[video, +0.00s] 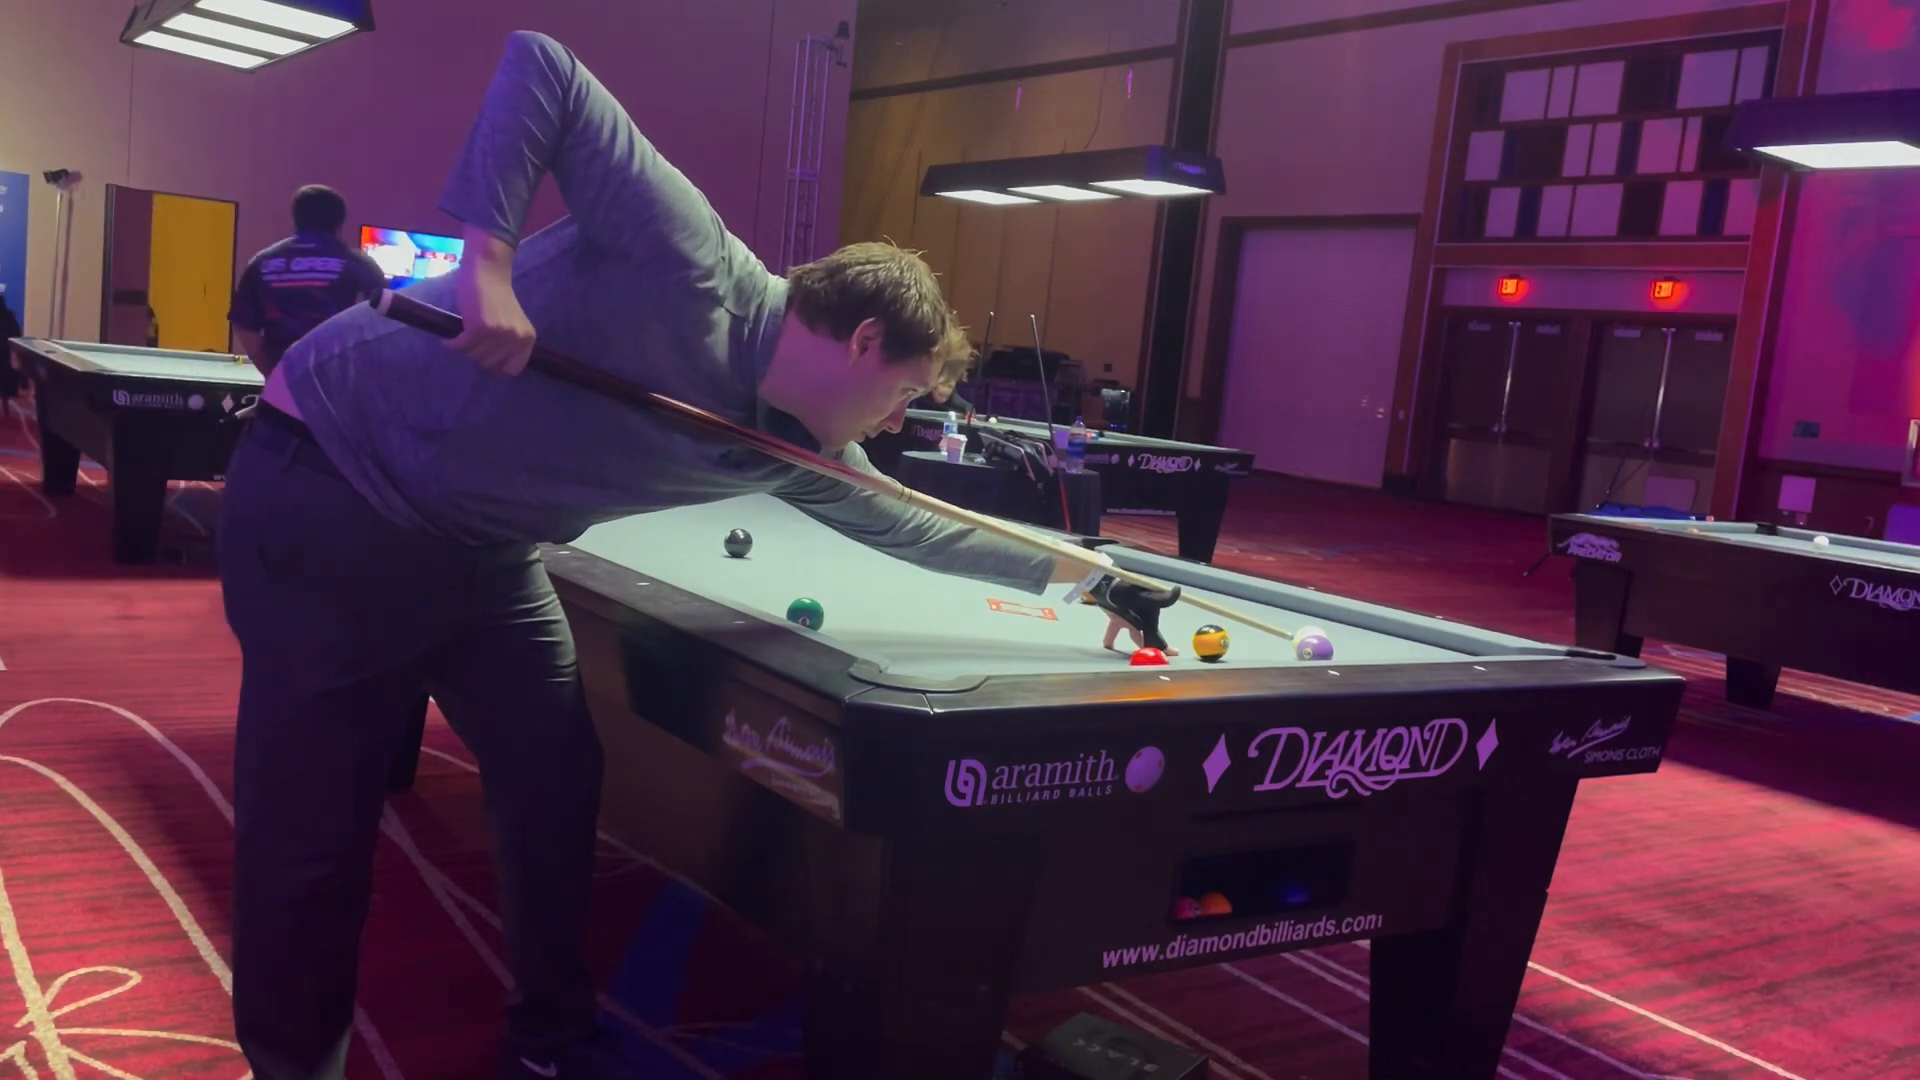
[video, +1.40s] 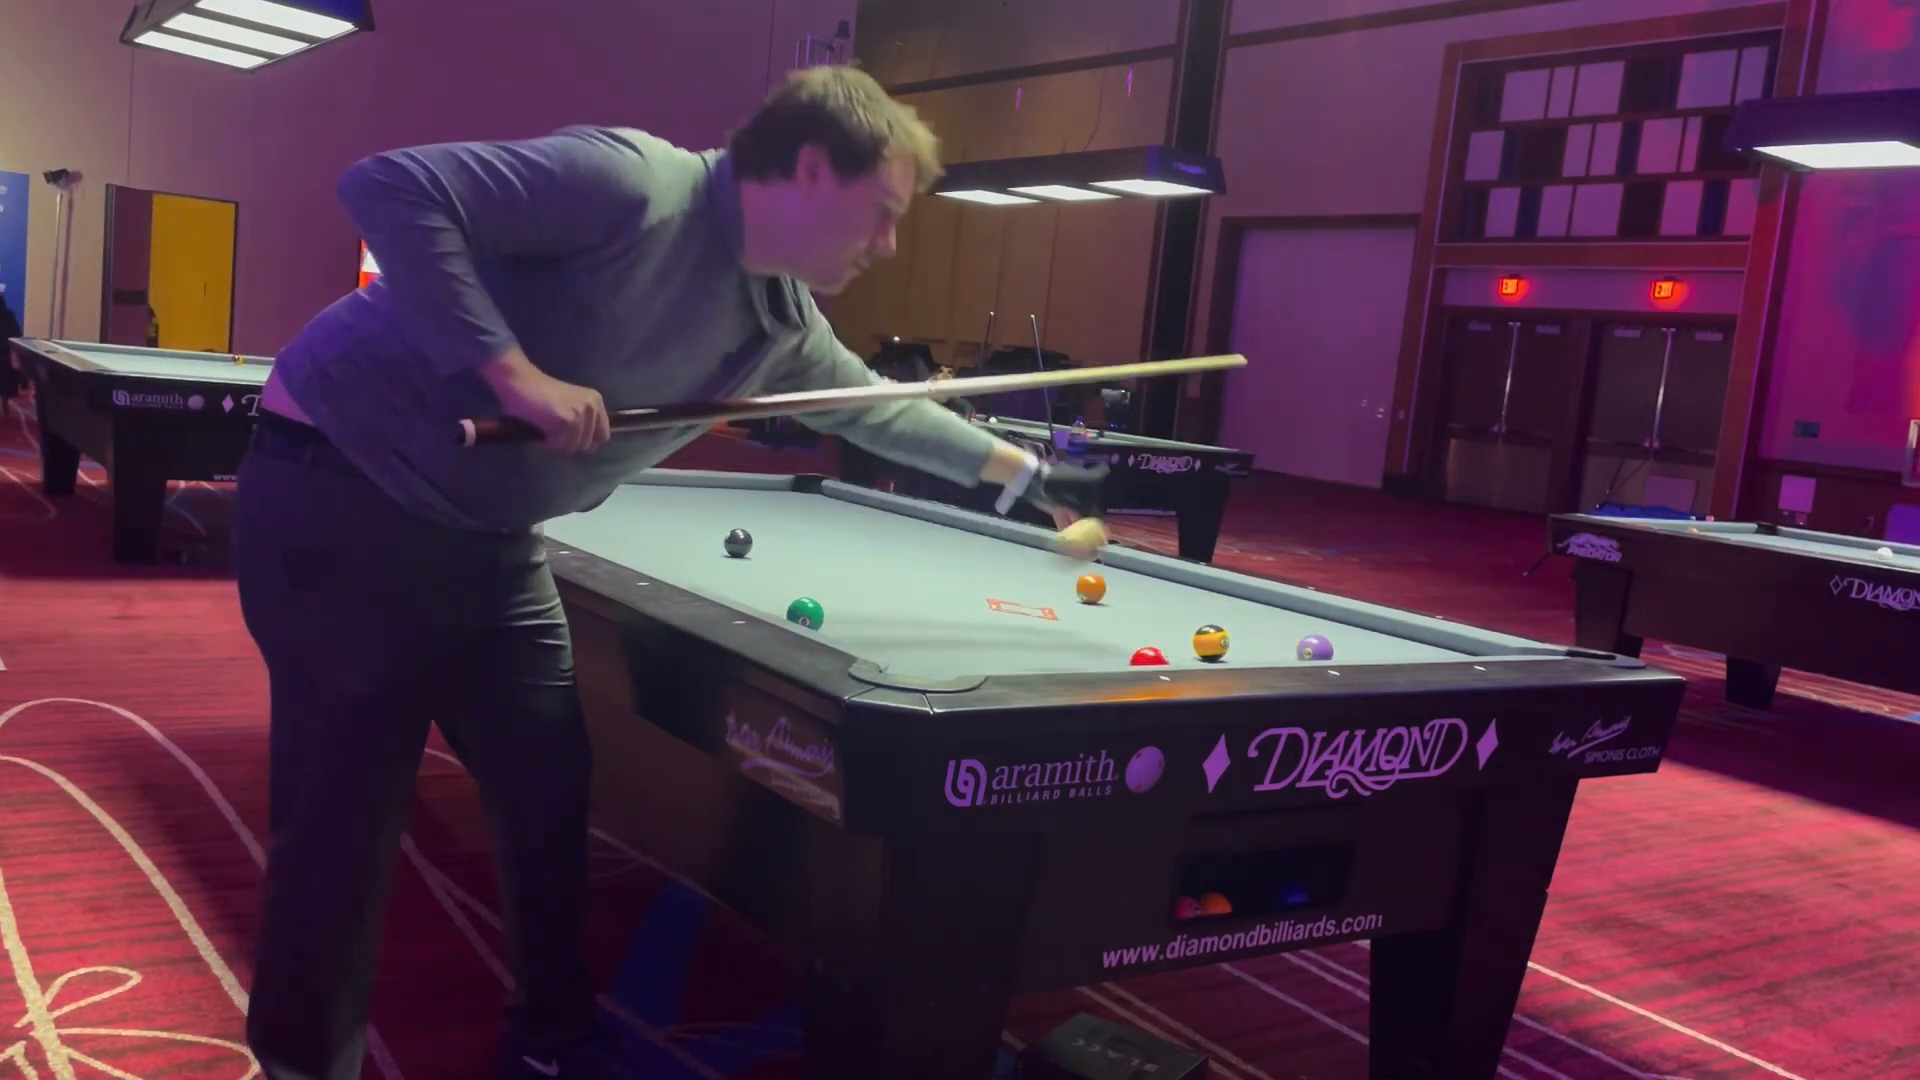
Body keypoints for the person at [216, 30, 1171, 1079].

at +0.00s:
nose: (891, 430)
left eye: (909, 412)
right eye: (903, 400)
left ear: (853, 349)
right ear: (857, 340)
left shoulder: (784, 439)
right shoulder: (685, 250)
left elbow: (909, 525)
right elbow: (541, 70)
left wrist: (1062, 563)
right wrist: (481, 256)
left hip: (484, 530)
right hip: (333, 473)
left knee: (552, 764)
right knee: (313, 818)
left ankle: (548, 1032)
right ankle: (294, 1056)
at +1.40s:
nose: (888, 245)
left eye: (899, 223)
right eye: (883, 212)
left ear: (818, 187)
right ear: (810, 171)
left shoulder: (775, 320)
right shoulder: (631, 184)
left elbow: (879, 412)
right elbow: (393, 187)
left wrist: (1031, 480)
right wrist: (501, 364)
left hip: (488, 526)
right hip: (345, 488)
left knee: (547, 773)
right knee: (340, 820)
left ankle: (552, 1030)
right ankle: (304, 1063)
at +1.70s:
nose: (774, 154)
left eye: (800, 132)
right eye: (762, 113)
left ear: (814, 127)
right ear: (687, 61)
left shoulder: (722, 221)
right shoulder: (544, 122)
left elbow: (819, 293)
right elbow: (318, 197)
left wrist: (965, 326)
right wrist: (473, 346)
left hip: (507, 525)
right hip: (363, 501)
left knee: (558, 776)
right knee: (376, 802)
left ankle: (548, 1038)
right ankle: (312, 1063)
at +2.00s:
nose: (702, 63)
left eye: (730, 37)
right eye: (682, 21)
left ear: (745, 44)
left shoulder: (677, 165)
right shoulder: (469, 96)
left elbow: (717, 261)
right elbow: (261, 227)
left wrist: (872, 294)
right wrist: (439, 352)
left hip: (520, 522)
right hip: (375, 514)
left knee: (551, 791)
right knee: (390, 805)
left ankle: (548, 1032)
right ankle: (317, 1060)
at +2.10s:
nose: (630, 6)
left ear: (676, 12)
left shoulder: (643, 128)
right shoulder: (415, 81)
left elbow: (640, 272)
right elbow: (220, 222)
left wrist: (750, 342)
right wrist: (402, 345)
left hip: (526, 525)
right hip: (374, 522)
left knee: (545, 803)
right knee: (395, 818)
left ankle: (549, 1034)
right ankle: (320, 1064)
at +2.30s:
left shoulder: (603, 87)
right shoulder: (306, 37)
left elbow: (601, 284)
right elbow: (131, 204)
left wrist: (594, 394)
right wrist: (267, 323)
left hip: (512, 539)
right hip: (318, 533)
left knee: (562, 816)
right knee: (329, 871)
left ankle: (541, 1046)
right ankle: (292, 1062)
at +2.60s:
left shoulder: (550, 25)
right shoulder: (273, 38)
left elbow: (650, 212)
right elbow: (176, 233)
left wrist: (691, 279)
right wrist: (163, 328)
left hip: (462, 514)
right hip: (274, 502)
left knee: (388, 873)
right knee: (260, 872)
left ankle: (435, 1064)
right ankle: (270, 1066)